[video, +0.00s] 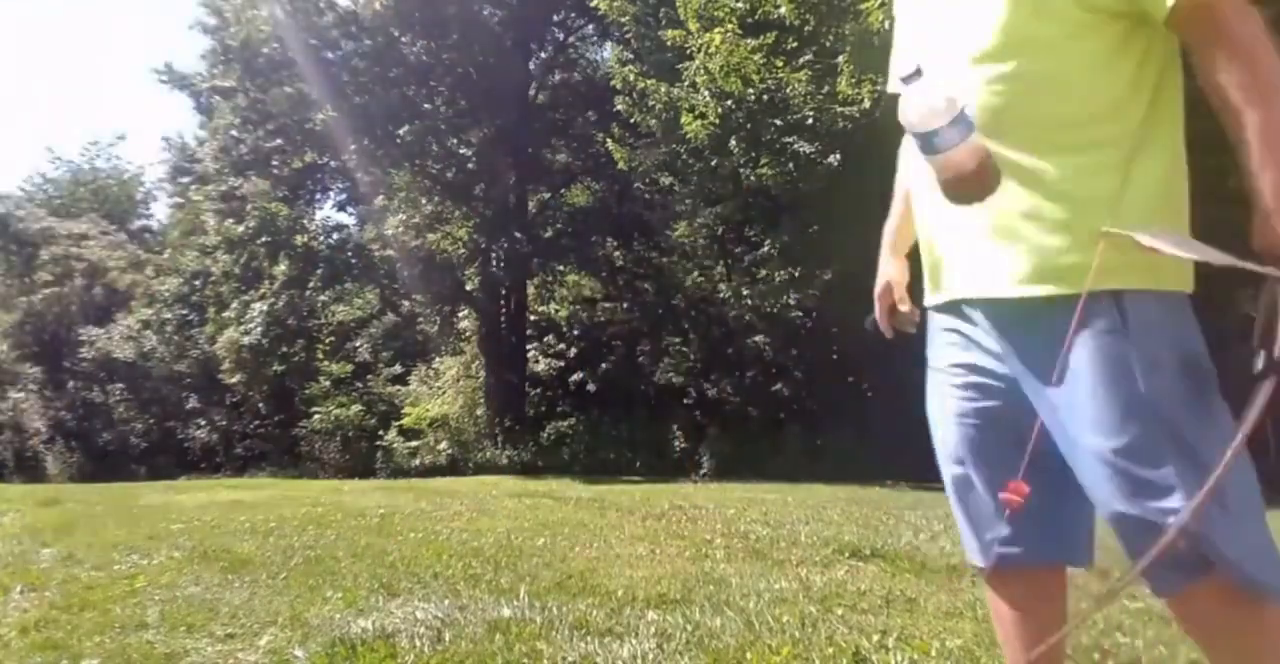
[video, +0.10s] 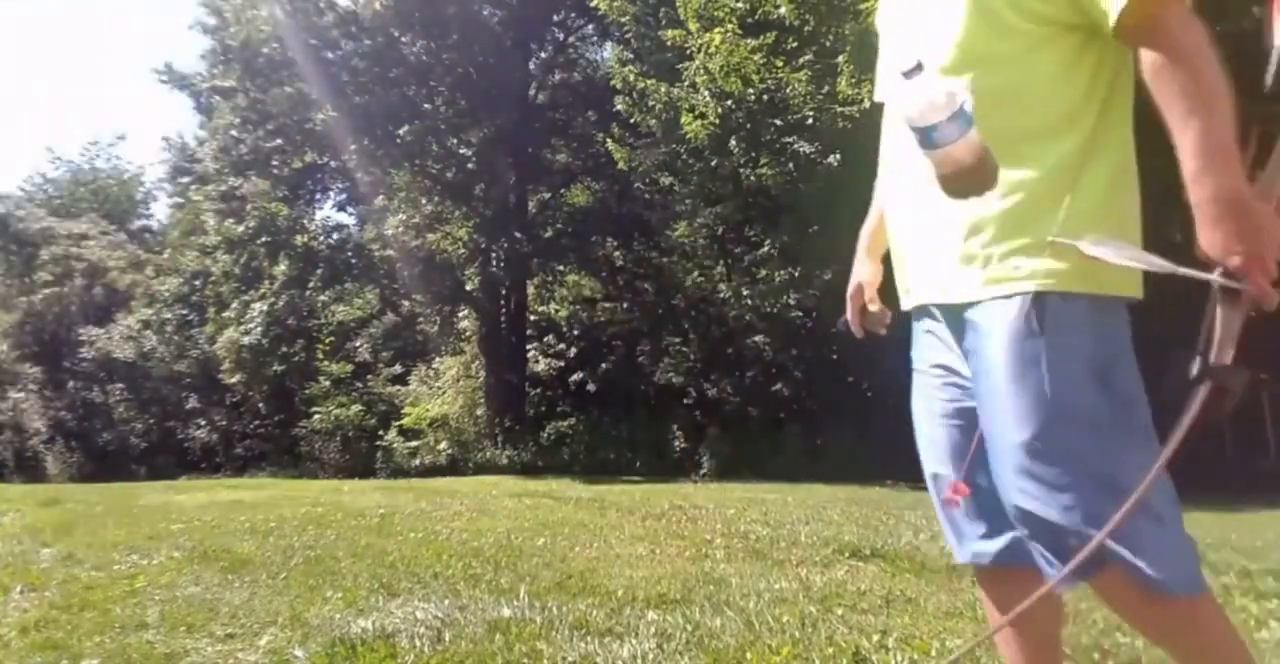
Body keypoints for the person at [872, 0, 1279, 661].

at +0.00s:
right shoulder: (921, 8)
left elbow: (1228, 36)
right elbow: (929, 110)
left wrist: (1271, 212)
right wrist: (895, 244)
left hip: (1106, 279)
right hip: (963, 290)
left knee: (1193, 551)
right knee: (1009, 551)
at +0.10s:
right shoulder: (899, 8)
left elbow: (1169, 32)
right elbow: (909, 111)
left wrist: (1220, 195)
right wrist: (871, 242)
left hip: (1044, 256)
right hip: (938, 270)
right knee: (987, 528)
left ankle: (1221, 650)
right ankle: (1034, 654)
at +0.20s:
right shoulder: (876, 10)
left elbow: (1062, 47)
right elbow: (885, 122)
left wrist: (1091, 207)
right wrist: (819, 241)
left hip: (964, 263)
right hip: (922, 265)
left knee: (902, 488)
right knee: (968, 497)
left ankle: (1043, 653)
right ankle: (1043, 652)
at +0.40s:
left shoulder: (850, 7)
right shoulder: (816, 16)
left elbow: (901, 86)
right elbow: (822, 150)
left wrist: (898, 241)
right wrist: (730, 244)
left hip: (816, 293)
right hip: (885, 291)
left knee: (730, 497)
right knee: (945, 508)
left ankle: (719, 655)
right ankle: (1019, 656)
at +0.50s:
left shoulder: (780, 4)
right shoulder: (813, 13)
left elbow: (816, 111)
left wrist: (800, 270)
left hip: (781, 309)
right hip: (849, 305)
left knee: (705, 524)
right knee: (913, 515)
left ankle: (648, 654)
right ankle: (999, 657)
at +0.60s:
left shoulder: (735, 8)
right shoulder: (739, 17)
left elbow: (761, 129)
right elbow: (734, 153)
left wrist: (735, 283)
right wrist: (672, 260)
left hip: (717, 320)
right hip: (789, 315)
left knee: (656, 513)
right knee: (874, 518)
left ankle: (636, 657)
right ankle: (983, 655)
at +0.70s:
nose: (571, 3)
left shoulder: (640, 12)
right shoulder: (695, 22)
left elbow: (646, 144)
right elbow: (692, 190)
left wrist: (610, 286)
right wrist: (615, 339)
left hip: (663, 315)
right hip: (719, 308)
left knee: (612, 509)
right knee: (721, 485)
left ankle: (626, 659)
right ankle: (866, 626)